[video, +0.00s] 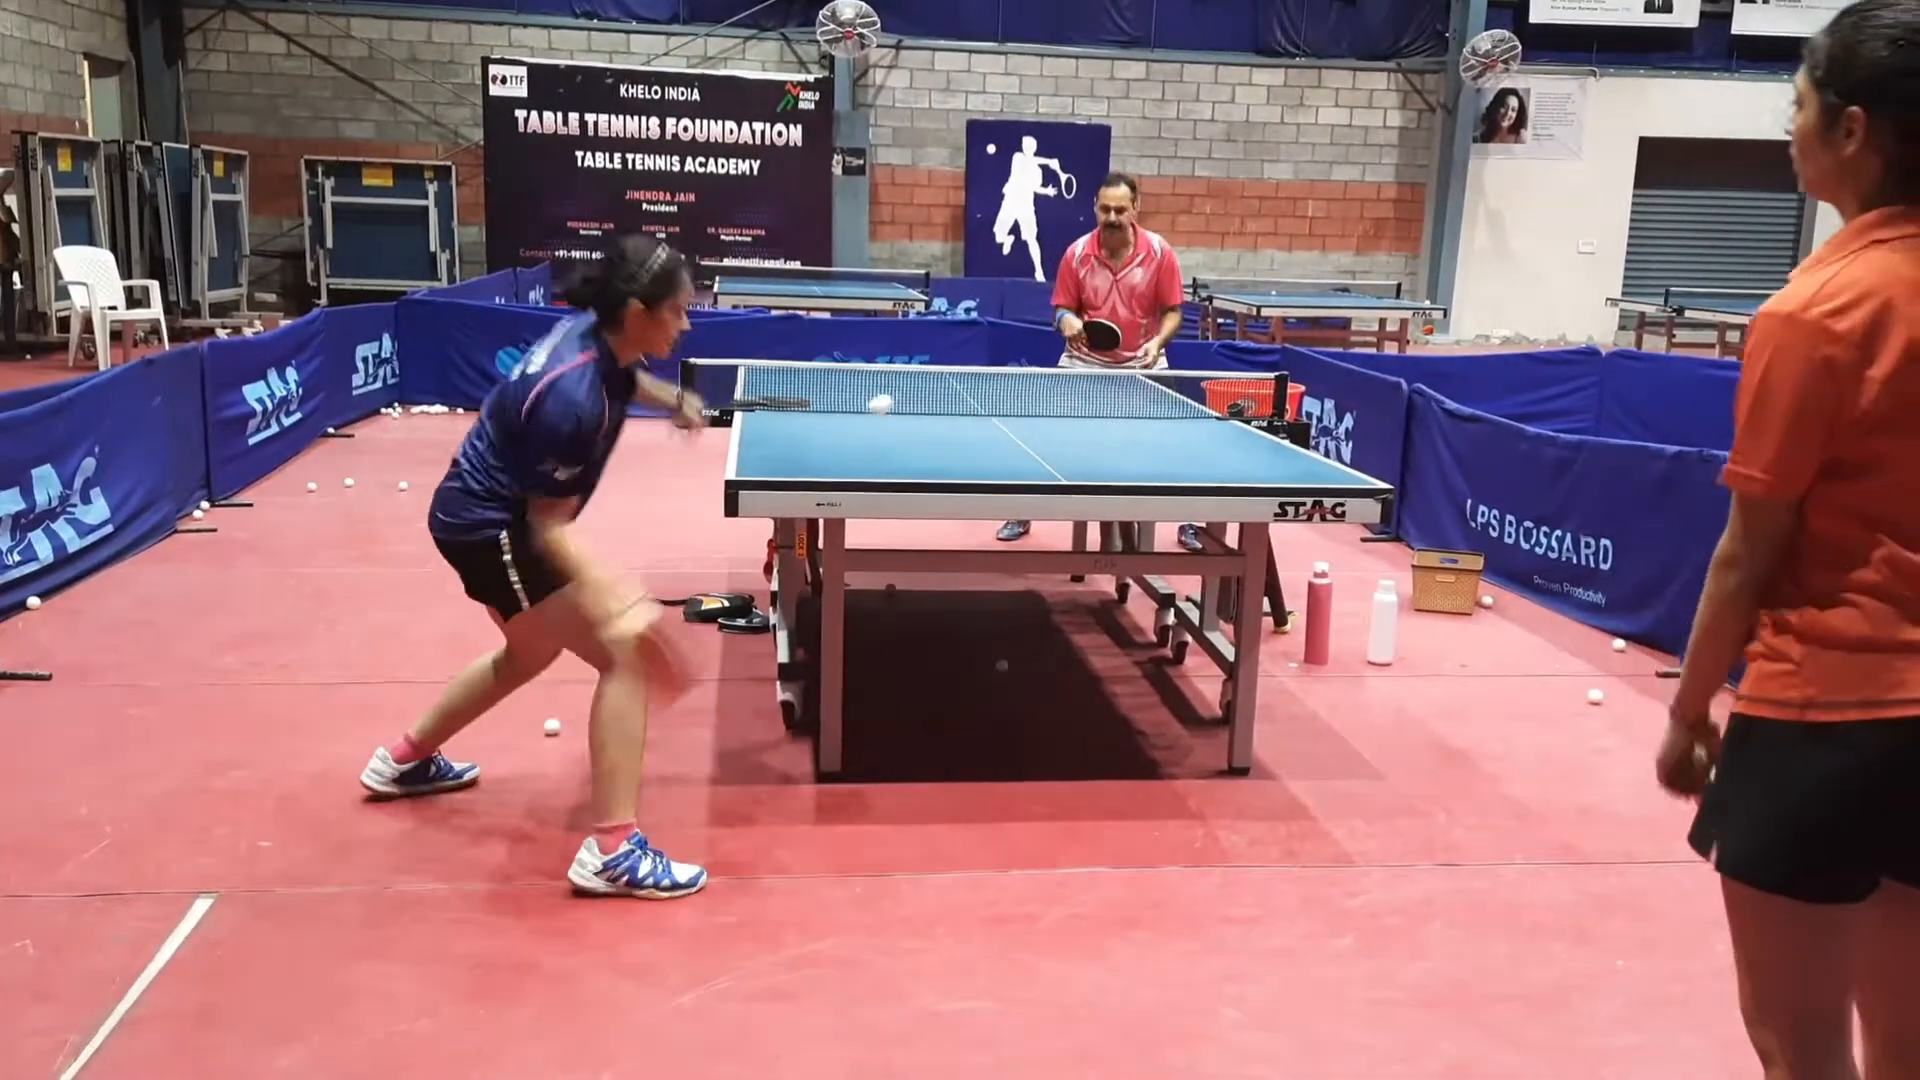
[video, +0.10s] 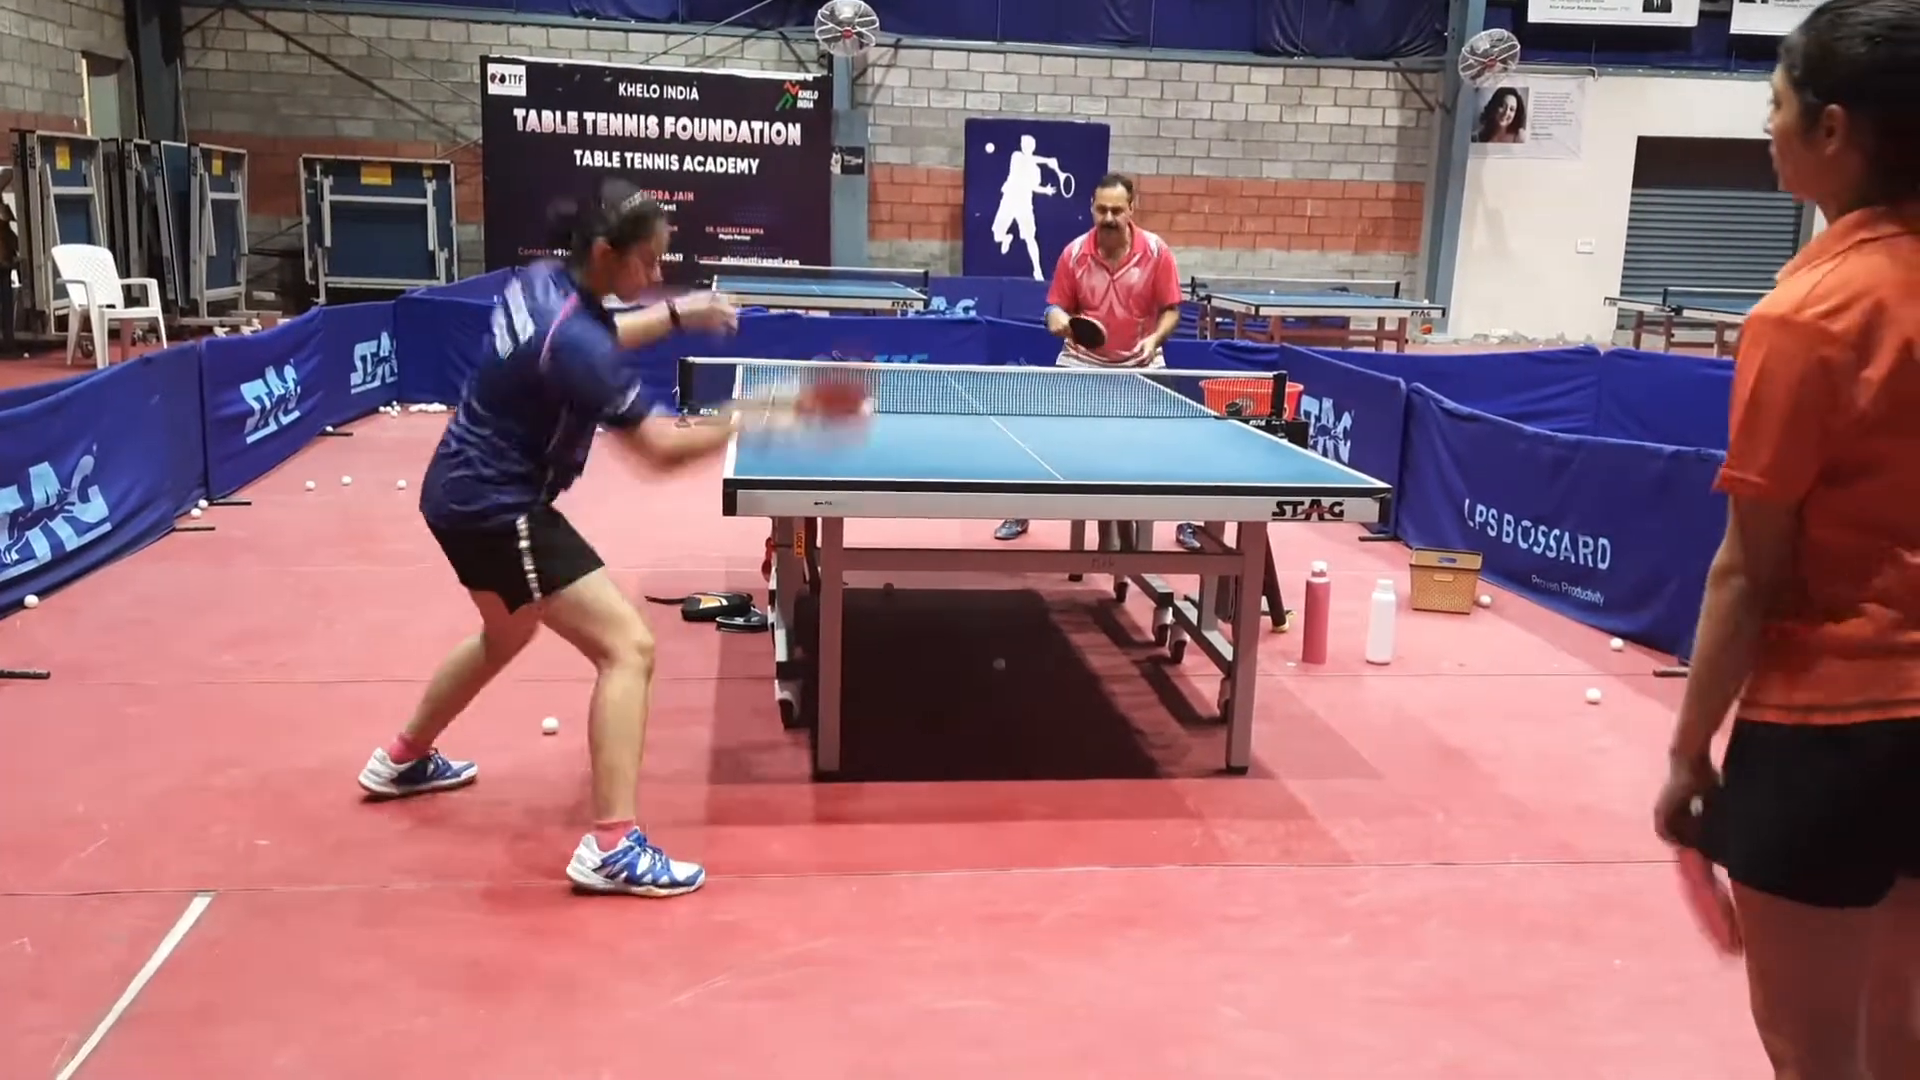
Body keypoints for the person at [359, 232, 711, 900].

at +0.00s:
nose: (685, 326)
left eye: (686, 311)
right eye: (679, 313)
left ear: (630, 310)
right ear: (635, 314)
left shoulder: (592, 328)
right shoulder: (574, 399)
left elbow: (616, 375)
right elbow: (550, 526)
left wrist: (675, 399)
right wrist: (615, 605)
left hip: (481, 512)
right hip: (490, 526)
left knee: (529, 651)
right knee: (627, 654)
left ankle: (404, 757)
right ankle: (614, 846)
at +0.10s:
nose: (656, 273)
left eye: (659, 258)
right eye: (650, 259)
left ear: (600, 249)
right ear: (606, 252)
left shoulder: (542, 279)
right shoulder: (576, 337)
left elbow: (596, 337)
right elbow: (661, 448)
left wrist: (681, 315)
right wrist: (750, 417)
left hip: (457, 494)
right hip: (499, 507)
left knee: (507, 632)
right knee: (628, 649)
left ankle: (403, 759)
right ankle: (613, 842)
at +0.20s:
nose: (647, 219)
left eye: (652, 208)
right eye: (641, 208)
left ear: (580, 202)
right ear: (598, 201)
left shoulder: (518, 235)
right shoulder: (601, 269)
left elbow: (577, 281)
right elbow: (729, 287)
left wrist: (639, 248)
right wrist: (729, 190)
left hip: (446, 470)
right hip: (514, 481)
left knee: (471, 613)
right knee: (617, 636)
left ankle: (406, 753)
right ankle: (618, 833)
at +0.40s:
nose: (606, 207)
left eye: (605, 194)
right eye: (603, 196)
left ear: (526, 192)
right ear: (582, 202)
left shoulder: (472, 250)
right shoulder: (596, 269)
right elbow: (685, 307)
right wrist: (658, 211)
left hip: (445, 483)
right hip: (541, 489)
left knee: (445, 624)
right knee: (638, 650)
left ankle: (395, 781)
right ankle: (662, 834)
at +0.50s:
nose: (589, 253)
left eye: (586, 241)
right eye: (586, 243)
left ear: (508, 243)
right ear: (571, 252)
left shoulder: (459, 301)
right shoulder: (587, 322)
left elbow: (462, 378)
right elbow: (678, 382)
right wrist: (674, 285)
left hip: (451, 528)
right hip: (550, 535)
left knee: (444, 628)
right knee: (654, 679)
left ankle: (392, 781)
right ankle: (664, 857)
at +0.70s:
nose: (623, 209)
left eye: (622, 197)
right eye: (619, 197)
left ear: (542, 195)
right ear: (596, 206)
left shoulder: (498, 244)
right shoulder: (594, 296)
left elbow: (533, 326)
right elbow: (628, 417)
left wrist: (615, 333)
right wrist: (701, 391)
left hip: (411, 472)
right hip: (500, 483)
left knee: (436, 615)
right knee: (598, 645)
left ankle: (390, 776)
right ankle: (643, 840)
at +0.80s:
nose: (647, 204)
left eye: (646, 190)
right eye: (642, 192)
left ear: (577, 192)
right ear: (617, 202)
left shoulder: (533, 233)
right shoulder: (586, 285)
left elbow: (555, 344)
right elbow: (570, 418)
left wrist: (644, 358)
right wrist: (661, 443)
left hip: (404, 447)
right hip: (471, 467)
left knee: (439, 608)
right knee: (578, 638)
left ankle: (375, 757)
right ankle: (556, 842)